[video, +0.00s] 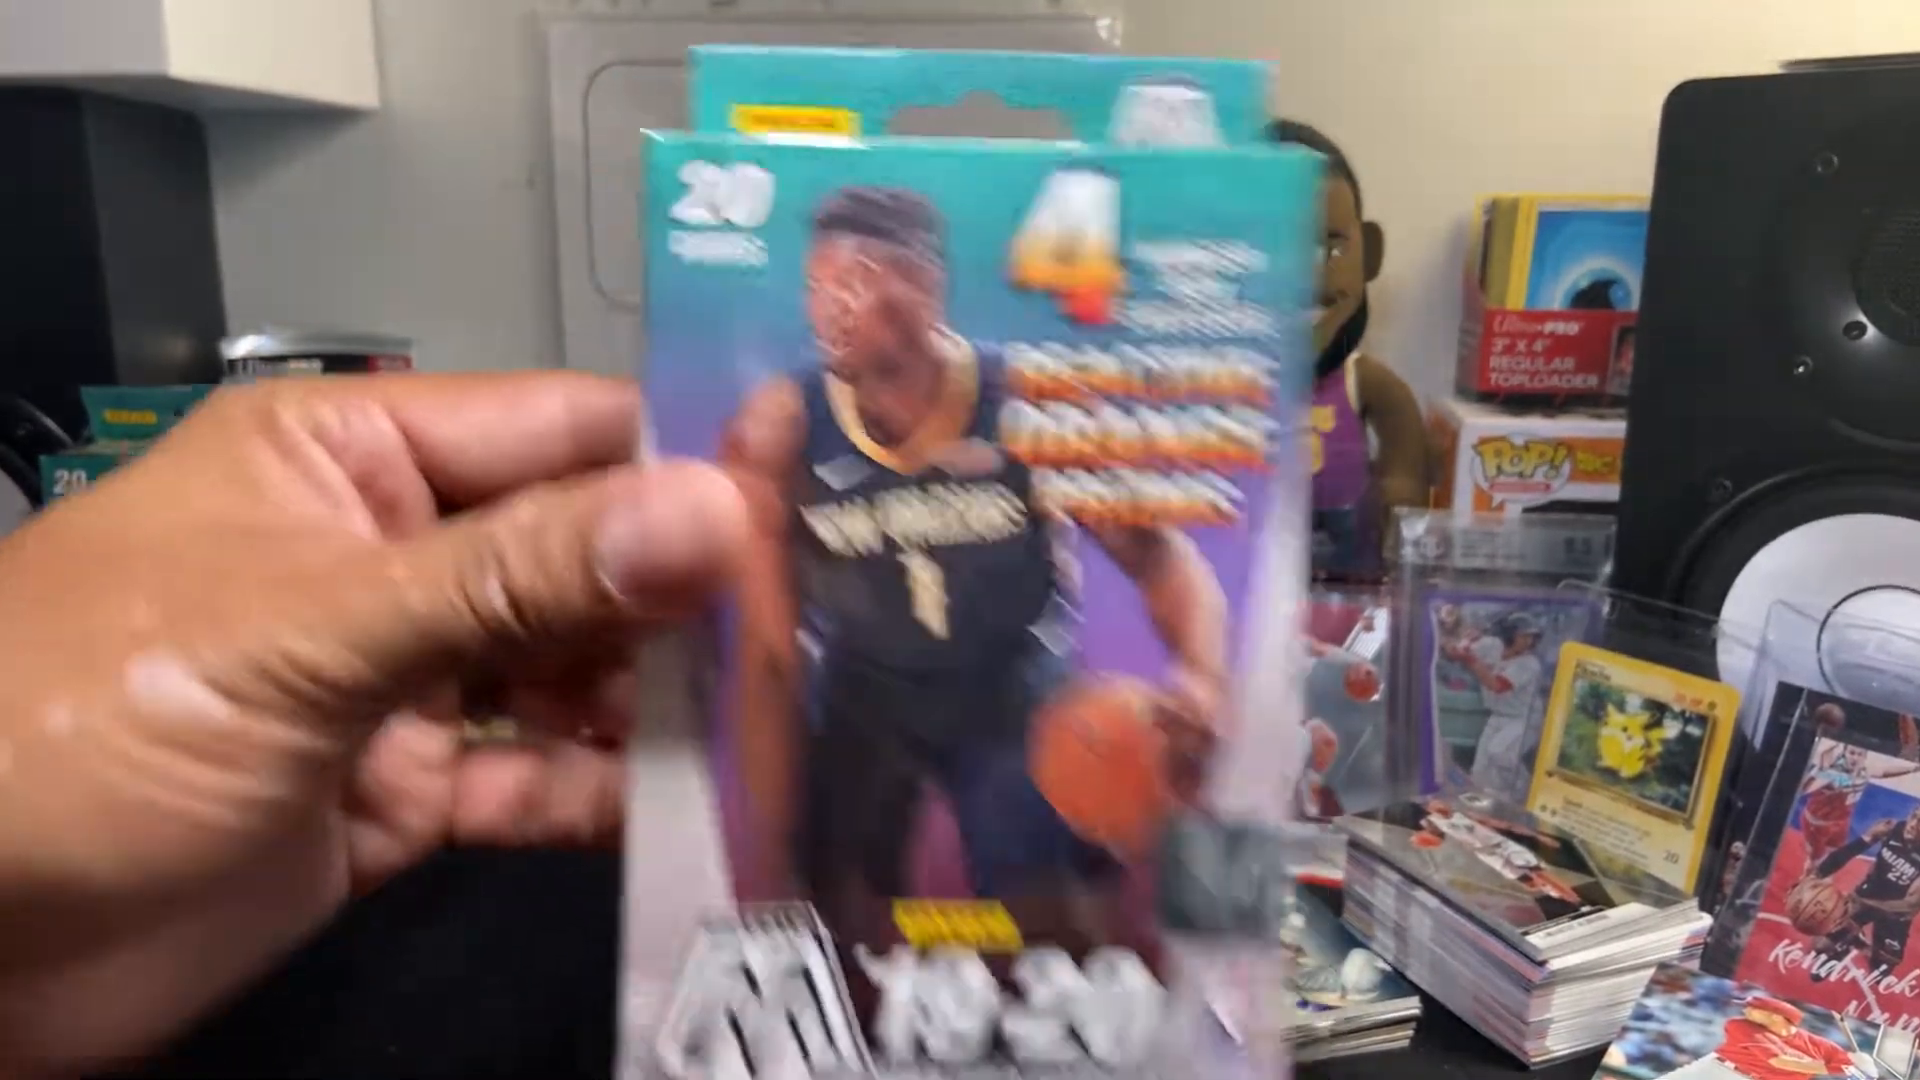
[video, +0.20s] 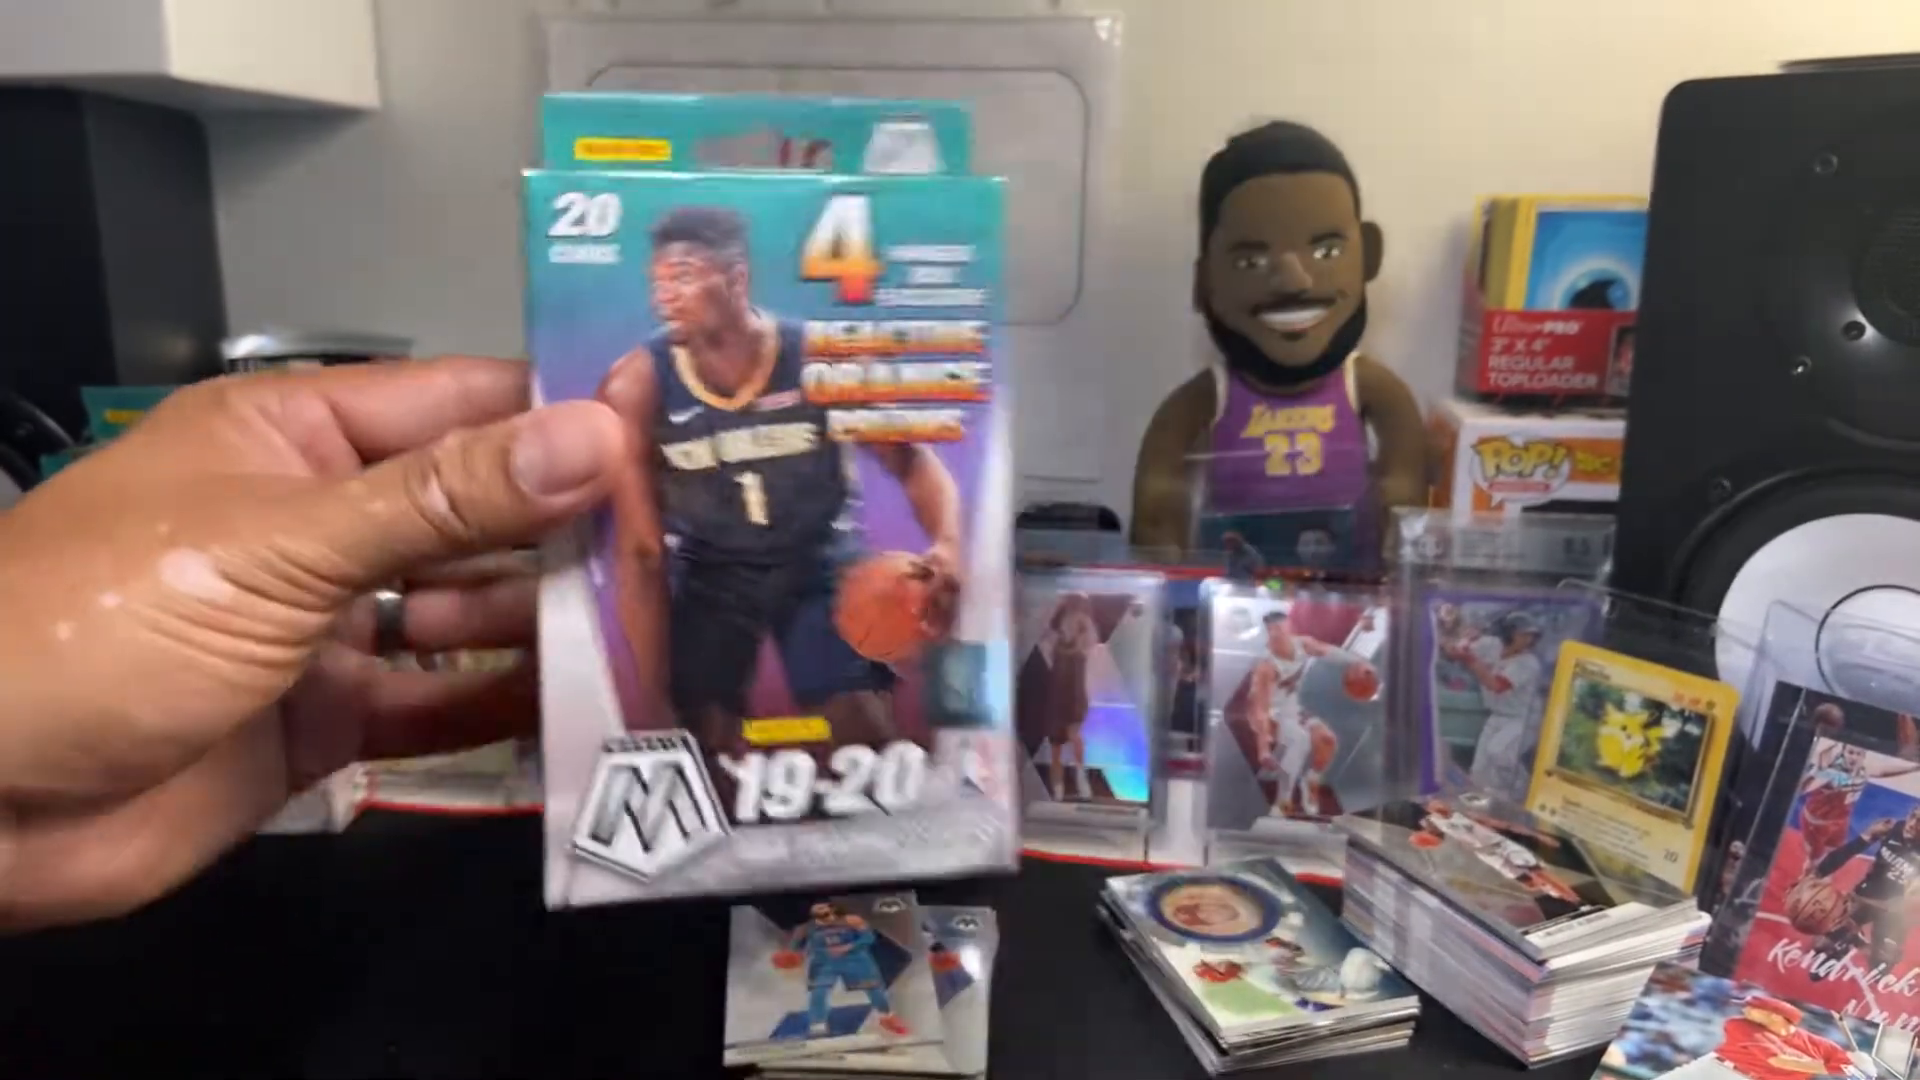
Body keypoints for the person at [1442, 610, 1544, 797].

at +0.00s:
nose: (1529, 641)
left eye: (1532, 637)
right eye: (1524, 636)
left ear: (1534, 639)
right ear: (1512, 636)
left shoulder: (1530, 663)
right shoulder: (1494, 647)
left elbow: (1498, 685)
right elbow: (1458, 651)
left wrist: (1472, 661)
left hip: (1519, 723)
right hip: (1496, 719)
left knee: (1497, 753)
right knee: (1481, 764)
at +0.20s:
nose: (1529, 640)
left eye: (1531, 636)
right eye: (1524, 635)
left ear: (1534, 638)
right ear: (1511, 634)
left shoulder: (1529, 663)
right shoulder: (1493, 646)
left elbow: (1498, 685)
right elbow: (1458, 650)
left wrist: (1472, 661)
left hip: (1518, 722)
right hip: (1495, 718)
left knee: (1496, 752)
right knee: (1480, 765)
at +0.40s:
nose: (1526, 641)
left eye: (1528, 636)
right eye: (1521, 635)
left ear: (1530, 638)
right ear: (1509, 634)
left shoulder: (1526, 662)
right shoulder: (1489, 645)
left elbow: (1495, 684)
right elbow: (1455, 650)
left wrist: (1468, 660)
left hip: (1520, 720)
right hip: (1494, 717)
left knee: (1494, 749)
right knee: (1477, 765)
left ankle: (1521, 789)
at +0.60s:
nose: (1526, 641)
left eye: (1528, 636)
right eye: (1521, 635)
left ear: (1530, 639)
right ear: (1508, 635)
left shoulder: (1526, 662)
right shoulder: (1489, 645)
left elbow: (1495, 684)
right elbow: (1453, 650)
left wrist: (1468, 660)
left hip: (1520, 720)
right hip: (1494, 718)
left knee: (1494, 750)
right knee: (1477, 766)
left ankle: (1520, 790)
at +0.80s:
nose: (1526, 641)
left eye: (1529, 637)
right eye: (1522, 636)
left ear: (1531, 639)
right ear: (1509, 635)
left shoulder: (1526, 663)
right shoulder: (1489, 646)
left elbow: (1496, 684)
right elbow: (1454, 651)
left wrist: (1469, 661)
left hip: (1521, 720)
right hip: (1495, 717)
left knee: (1495, 749)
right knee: (1478, 765)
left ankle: (1522, 790)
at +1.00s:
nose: (1529, 641)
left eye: (1532, 637)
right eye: (1525, 636)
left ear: (1535, 639)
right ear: (1514, 636)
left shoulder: (1530, 663)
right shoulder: (1495, 649)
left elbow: (1499, 685)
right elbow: (1462, 651)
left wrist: (1476, 664)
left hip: (1520, 722)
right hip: (1497, 718)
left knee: (1497, 751)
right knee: (1481, 766)